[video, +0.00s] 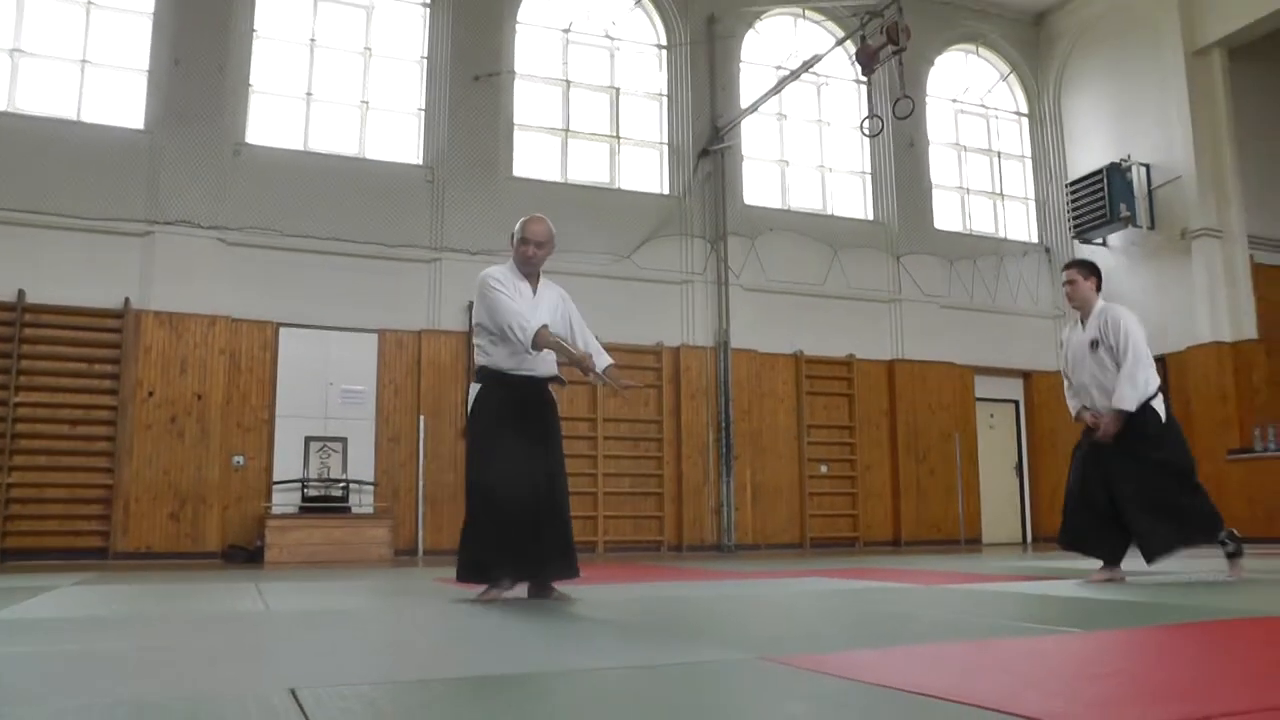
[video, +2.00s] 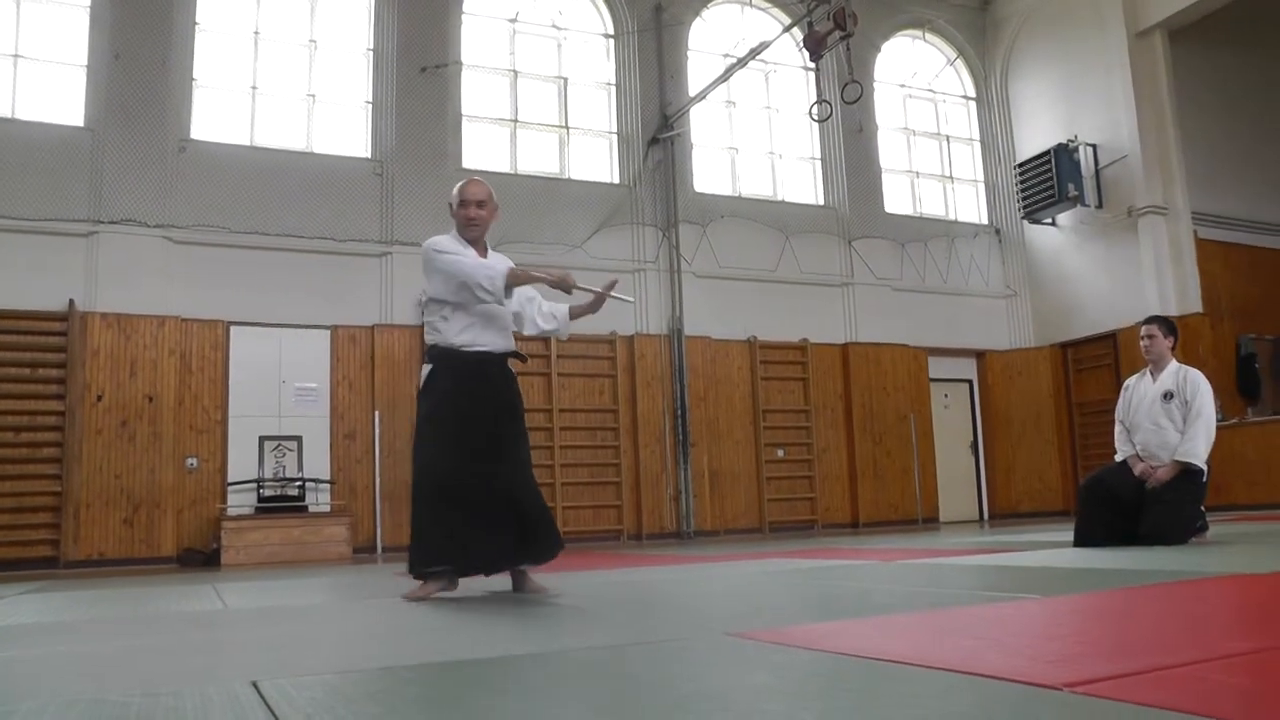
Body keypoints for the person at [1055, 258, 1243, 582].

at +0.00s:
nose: (1066, 289)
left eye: (1071, 283)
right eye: (1064, 285)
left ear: (1093, 284)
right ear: (1067, 291)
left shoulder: (1118, 317)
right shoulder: (1070, 335)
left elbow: (1137, 365)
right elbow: (1070, 383)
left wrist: (1117, 412)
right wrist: (1082, 411)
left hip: (1141, 412)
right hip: (1103, 420)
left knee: (1175, 481)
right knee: (1101, 488)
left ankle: (1225, 539)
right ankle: (1111, 564)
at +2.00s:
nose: (1144, 343)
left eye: (1151, 337)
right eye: (1142, 338)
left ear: (1170, 341)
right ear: (1139, 344)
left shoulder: (1192, 380)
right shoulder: (1130, 385)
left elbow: (1201, 429)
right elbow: (1120, 428)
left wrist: (1172, 468)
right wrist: (1135, 463)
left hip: (1181, 472)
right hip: (1137, 469)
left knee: (1156, 534)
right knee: (1094, 490)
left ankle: (1196, 518)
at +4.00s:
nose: (1134, 378)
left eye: (1140, 372)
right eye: (1130, 374)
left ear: (1158, 376)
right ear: (1128, 378)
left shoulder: (1181, 413)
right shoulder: (1121, 421)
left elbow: (1191, 465)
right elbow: (1113, 466)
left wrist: (1162, 504)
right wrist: (1127, 499)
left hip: (1174, 507)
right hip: (1130, 505)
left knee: (1148, 568)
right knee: (1087, 524)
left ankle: (1190, 552)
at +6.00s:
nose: (1133, 398)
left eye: (1140, 392)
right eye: (1131, 394)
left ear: (1158, 396)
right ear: (1128, 400)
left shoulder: (1182, 433)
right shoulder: (1123, 443)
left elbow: (1193, 484)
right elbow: (1115, 488)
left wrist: (1166, 524)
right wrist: (1132, 520)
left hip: (1178, 525)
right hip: (1134, 525)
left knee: (1157, 589)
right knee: (1093, 544)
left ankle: (1198, 573)